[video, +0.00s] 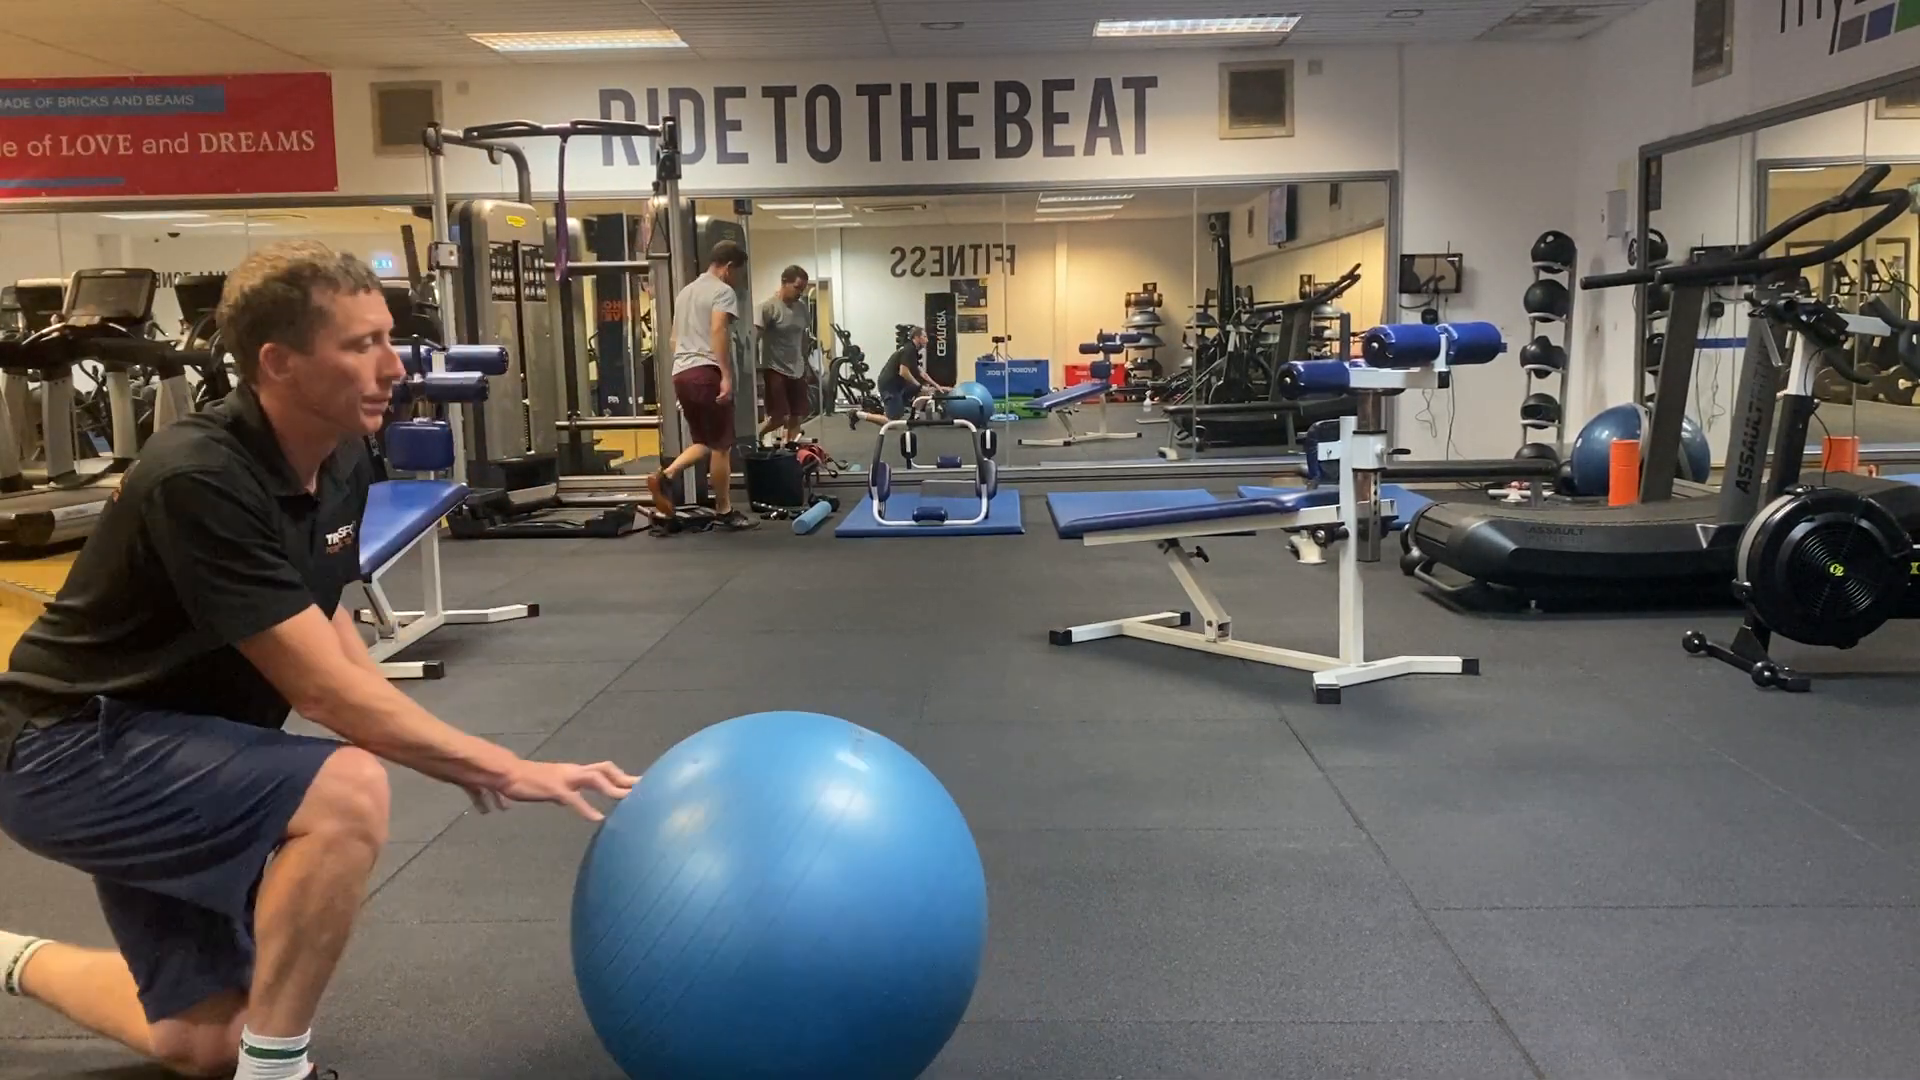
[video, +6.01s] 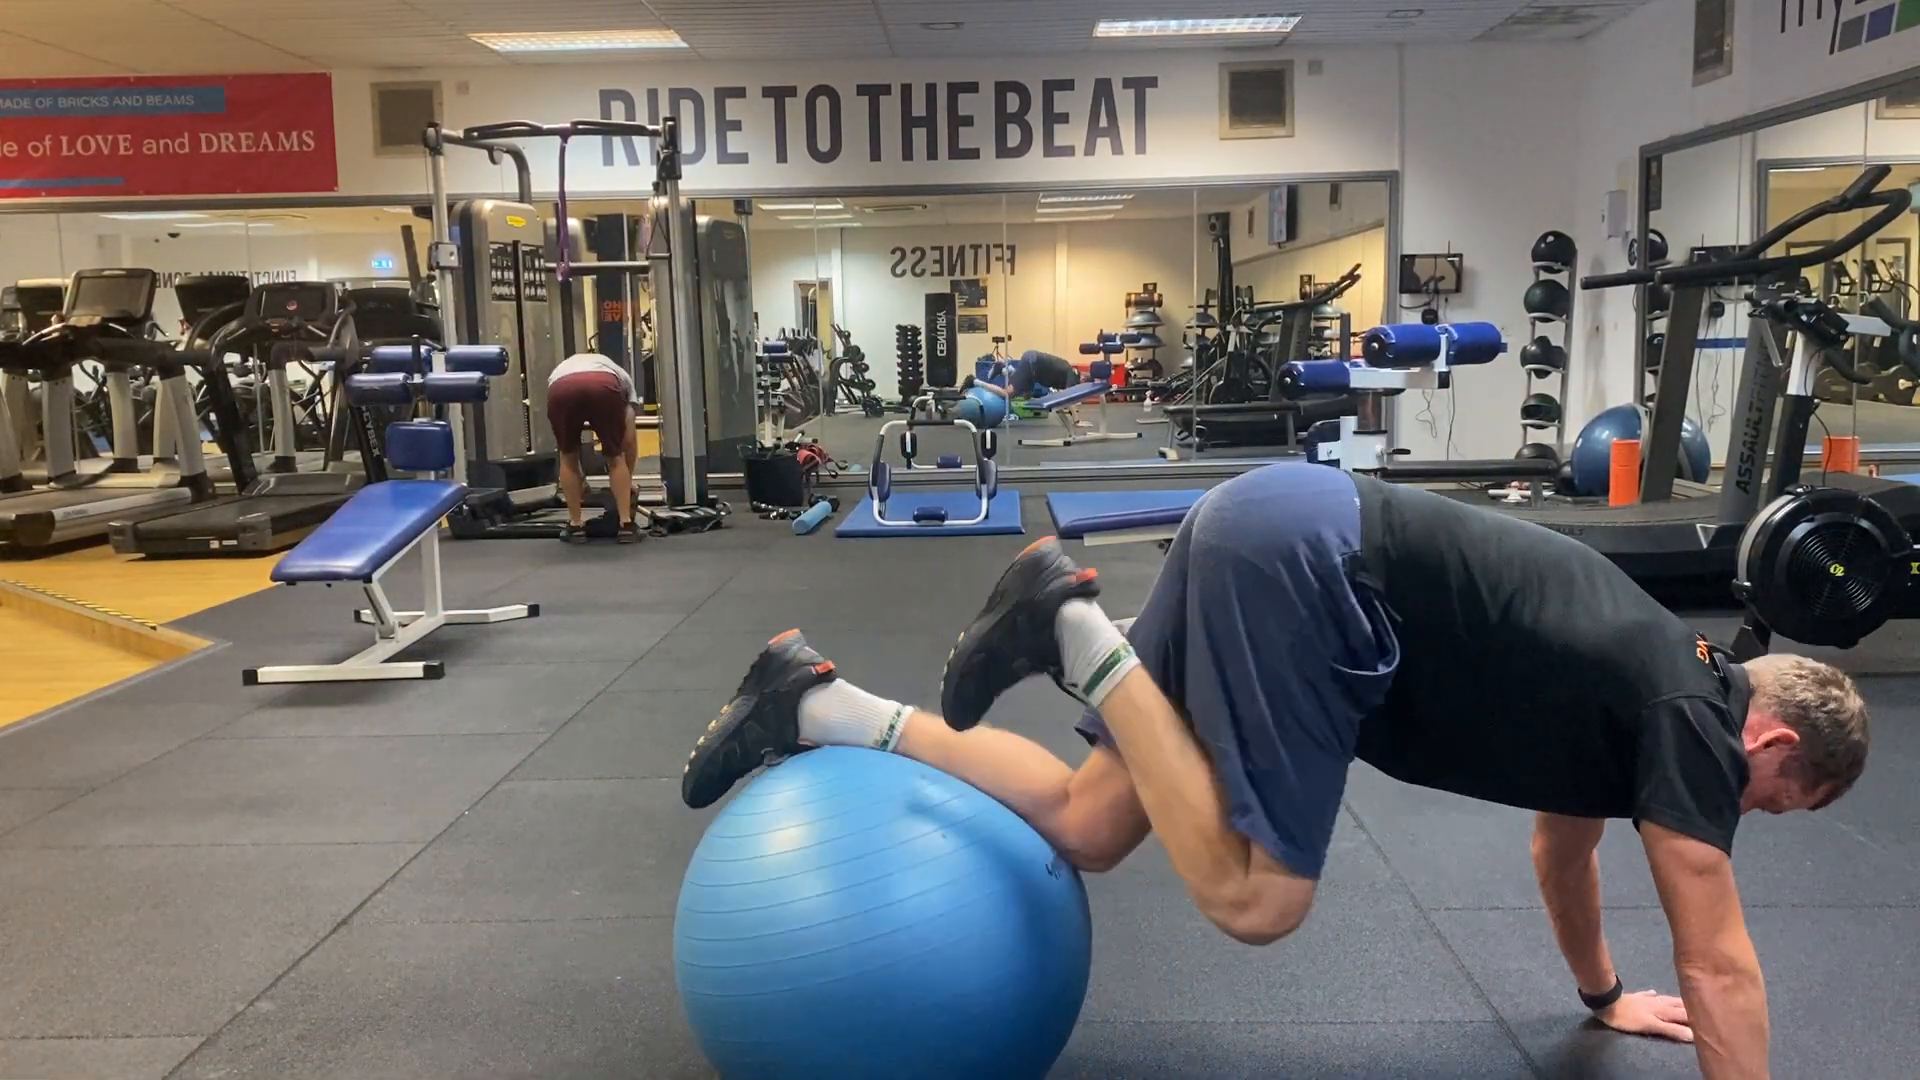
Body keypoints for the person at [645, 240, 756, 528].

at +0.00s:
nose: (736, 277)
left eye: (737, 272)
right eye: (737, 271)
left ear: (712, 264)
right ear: (727, 266)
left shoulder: (685, 292)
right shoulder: (723, 291)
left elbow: (675, 339)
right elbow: (718, 332)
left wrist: (685, 370)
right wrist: (726, 374)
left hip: (681, 372)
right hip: (707, 370)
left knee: (703, 442)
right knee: (721, 444)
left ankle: (667, 475)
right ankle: (724, 511)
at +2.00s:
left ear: (849, 364)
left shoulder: (851, 362)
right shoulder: (905, 369)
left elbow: (832, 378)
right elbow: (922, 421)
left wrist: (818, 400)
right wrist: (931, 463)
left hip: (859, 384)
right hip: (894, 382)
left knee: (826, 445)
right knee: (892, 433)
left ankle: (795, 500)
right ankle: (884, 490)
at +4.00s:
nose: (696, 266)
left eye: (701, 260)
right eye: (691, 262)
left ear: (715, 259)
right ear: (689, 264)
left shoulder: (738, 289)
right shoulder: (689, 299)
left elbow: (755, 333)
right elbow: (691, 337)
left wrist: (722, 360)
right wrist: (694, 359)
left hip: (741, 373)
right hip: (712, 376)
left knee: (724, 440)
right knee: (717, 443)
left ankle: (736, 506)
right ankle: (735, 505)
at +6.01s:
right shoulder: (625, 381)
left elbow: (568, 445)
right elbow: (629, 441)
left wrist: (581, 482)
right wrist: (627, 480)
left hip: (560, 386)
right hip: (604, 385)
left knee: (568, 459)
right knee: (616, 459)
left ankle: (575, 525)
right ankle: (626, 524)